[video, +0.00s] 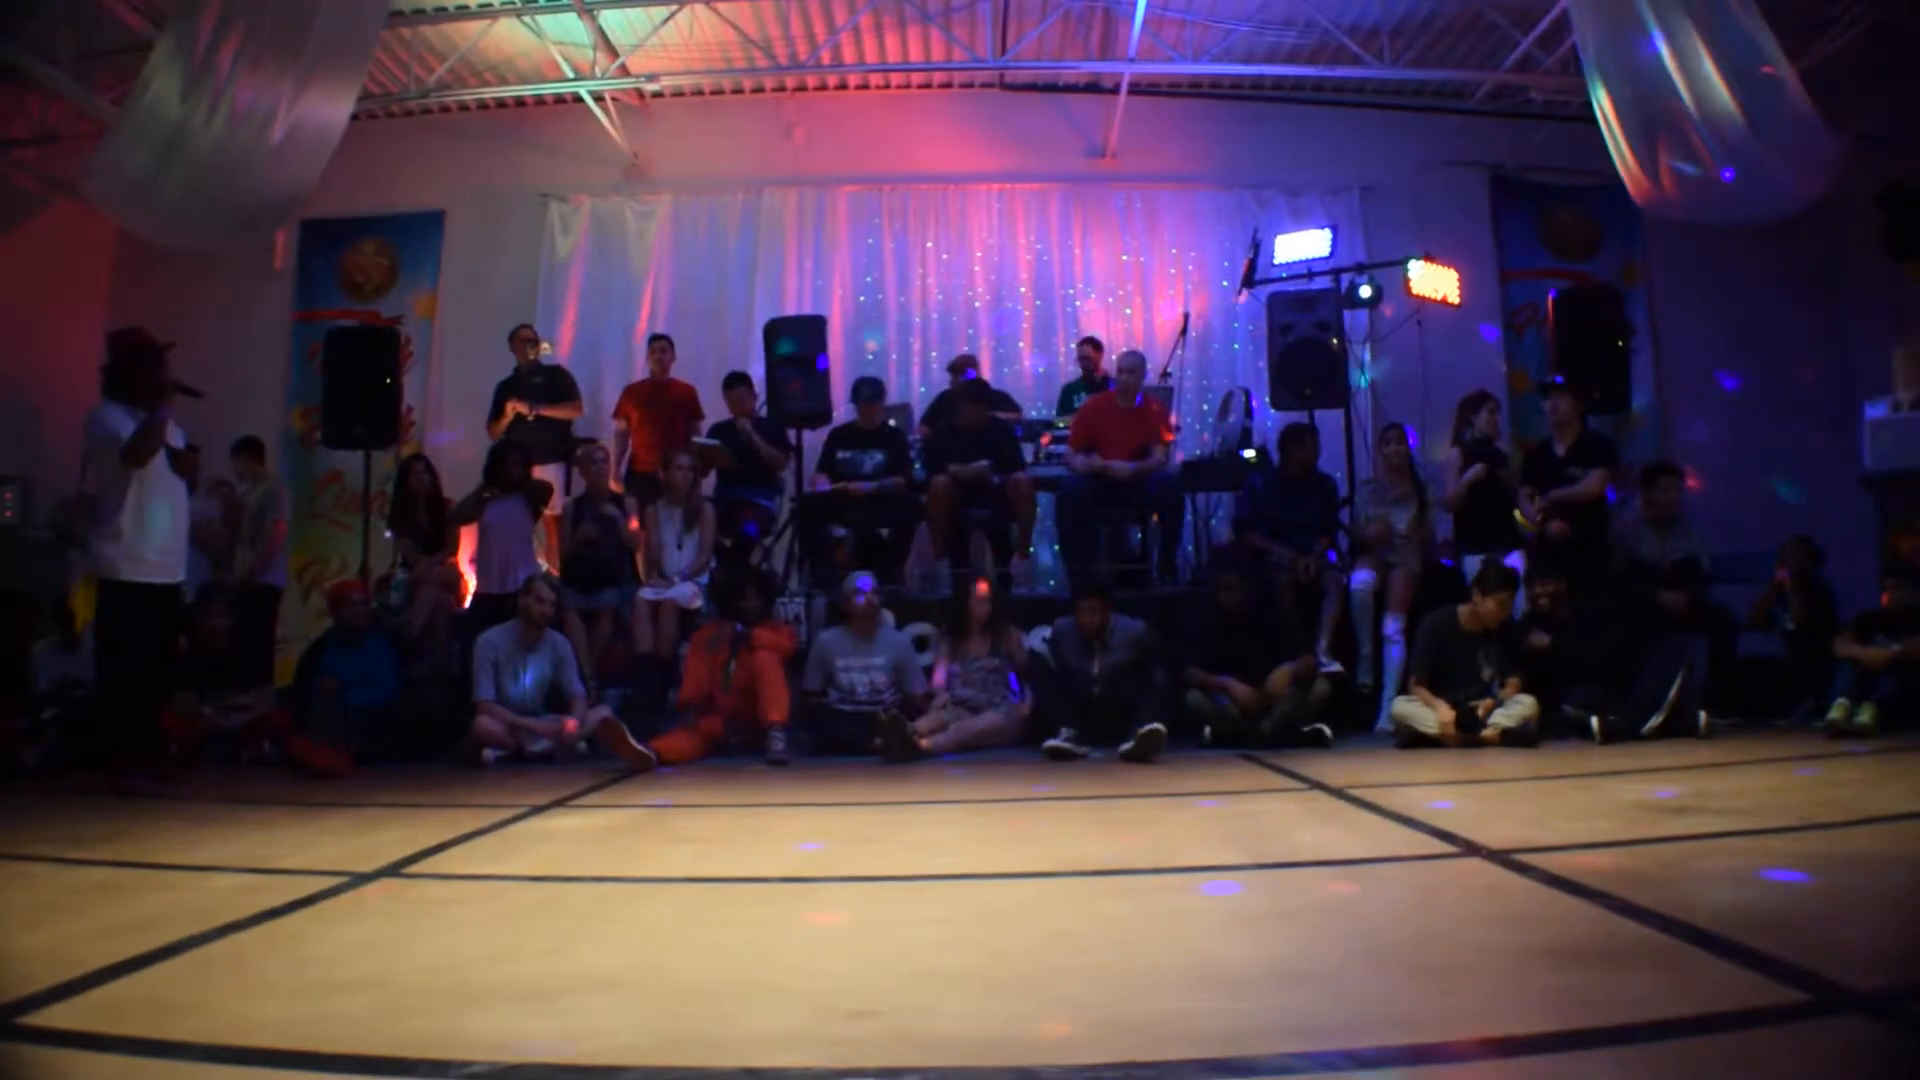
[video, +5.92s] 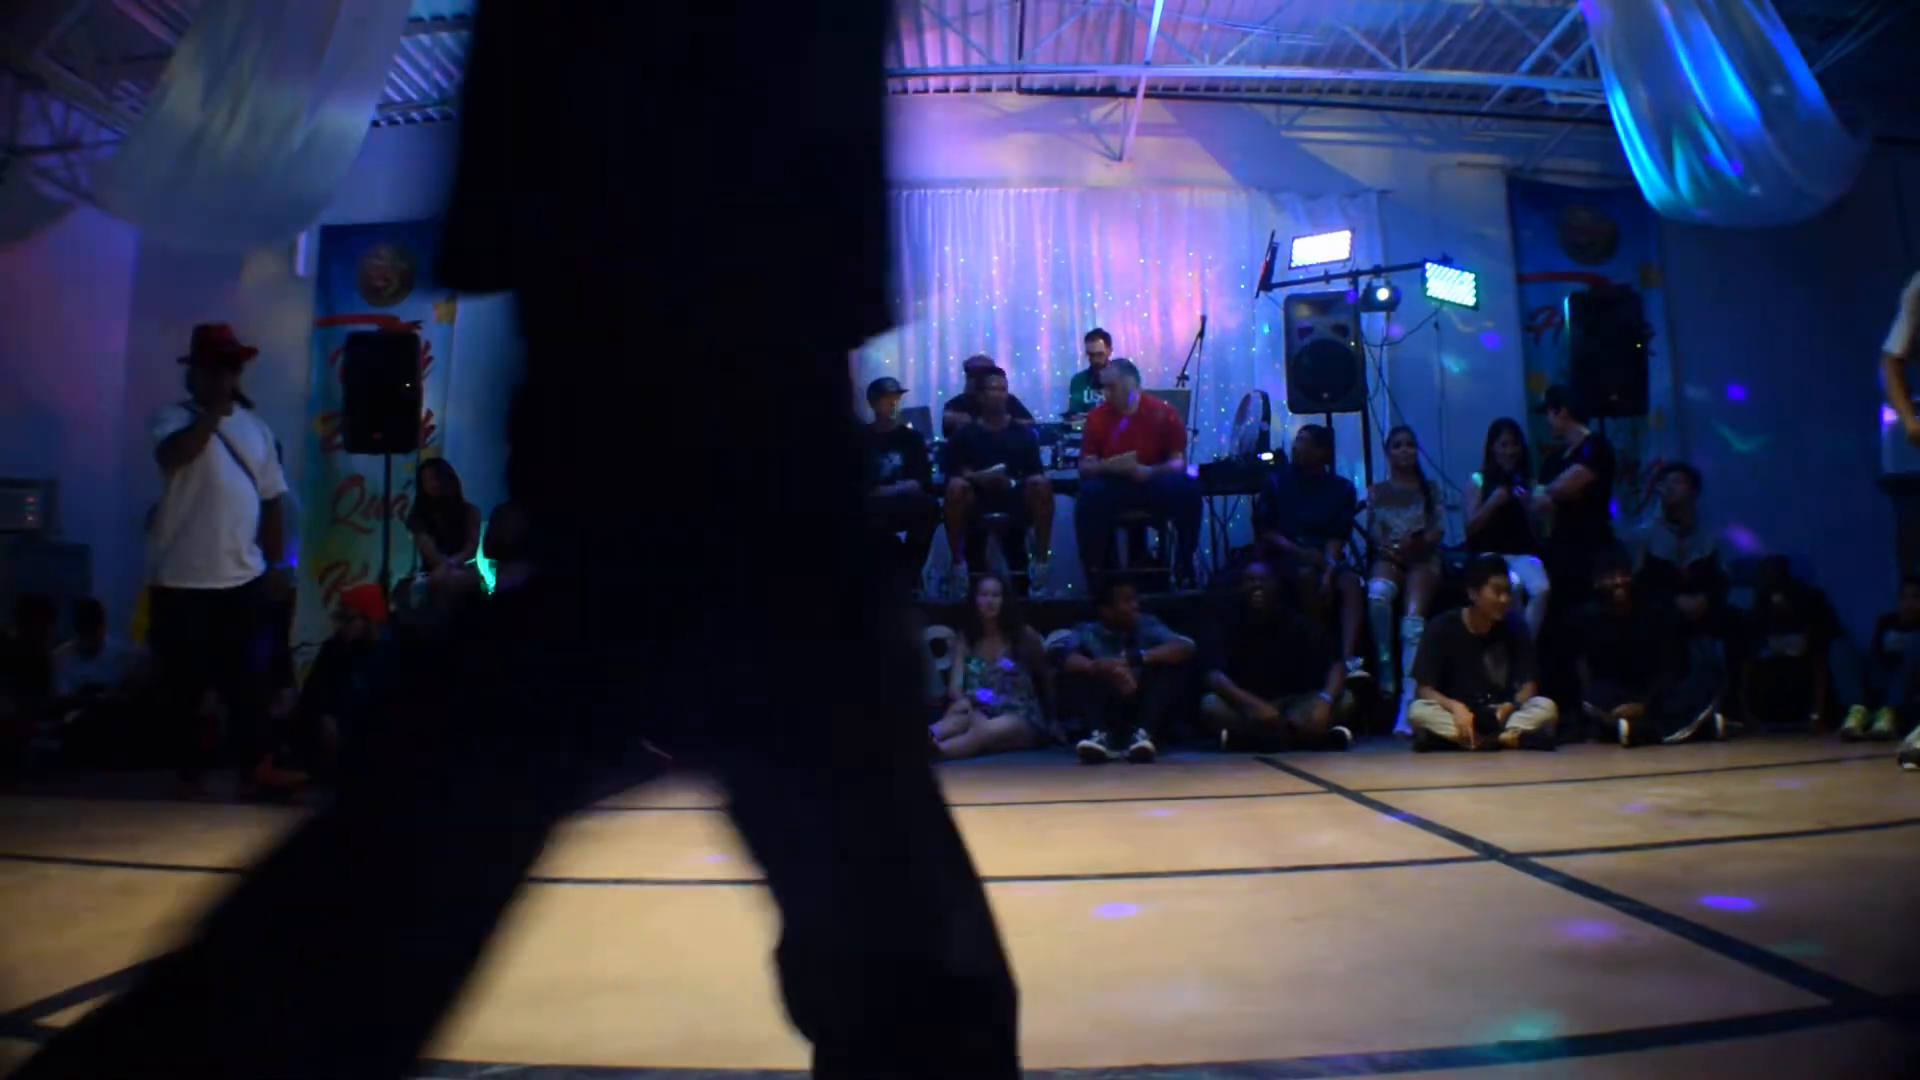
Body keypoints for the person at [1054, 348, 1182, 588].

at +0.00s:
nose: (1125, 378)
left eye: (1132, 373)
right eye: (1121, 372)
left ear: (1143, 376)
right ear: (1115, 374)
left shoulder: (1154, 410)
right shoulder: (1093, 408)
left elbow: (1160, 456)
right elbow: (1073, 457)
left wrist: (1133, 469)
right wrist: (1099, 465)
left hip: (1138, 480)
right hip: (1100, 480)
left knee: (1172, 490)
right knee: (1069, 493)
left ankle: (1167, 569)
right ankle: (1079, 575)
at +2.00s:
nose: (1121, 402)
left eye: (1127, 396)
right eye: (1116, 395)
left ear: (1140, 392)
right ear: (1109, 391)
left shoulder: (1161, 413)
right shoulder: (1096, 417)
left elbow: (1178, 461)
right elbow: (1081, 467)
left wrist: (1145, 471)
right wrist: (1107, 470)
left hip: (1151, 483)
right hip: (1113, 484)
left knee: (1184, 490)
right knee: (1093, 494)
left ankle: (1183, 570)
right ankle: (1097, 575)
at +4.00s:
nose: (1120, 405)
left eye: (1126, 399)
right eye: (1116, 398)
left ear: (1141, 392)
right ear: (1111, 393)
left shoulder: (1165, 415)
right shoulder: (1096, 417)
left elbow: (1180, 462)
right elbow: (1085, 465)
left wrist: (1150, 473)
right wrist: (1109, 470)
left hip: (1153, 484)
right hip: (1115, 484)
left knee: (1188, 489)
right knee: (1095, 493)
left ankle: (1184, 568)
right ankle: (1096, 575)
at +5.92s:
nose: (1106, 394)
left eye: (1111, 387)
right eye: (1104, 388)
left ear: (1132, 384)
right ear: (1102, 388)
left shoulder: (1163, 413)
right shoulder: (1096, 418)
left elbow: (1178, 462)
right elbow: (1086, 466)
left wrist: (1149, 471)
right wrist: (1112, 466)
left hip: (1153, 483)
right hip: (1113, 484)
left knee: (1188, 491)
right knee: (1089, 497)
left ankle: (1184, 568)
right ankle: (1096, 574)